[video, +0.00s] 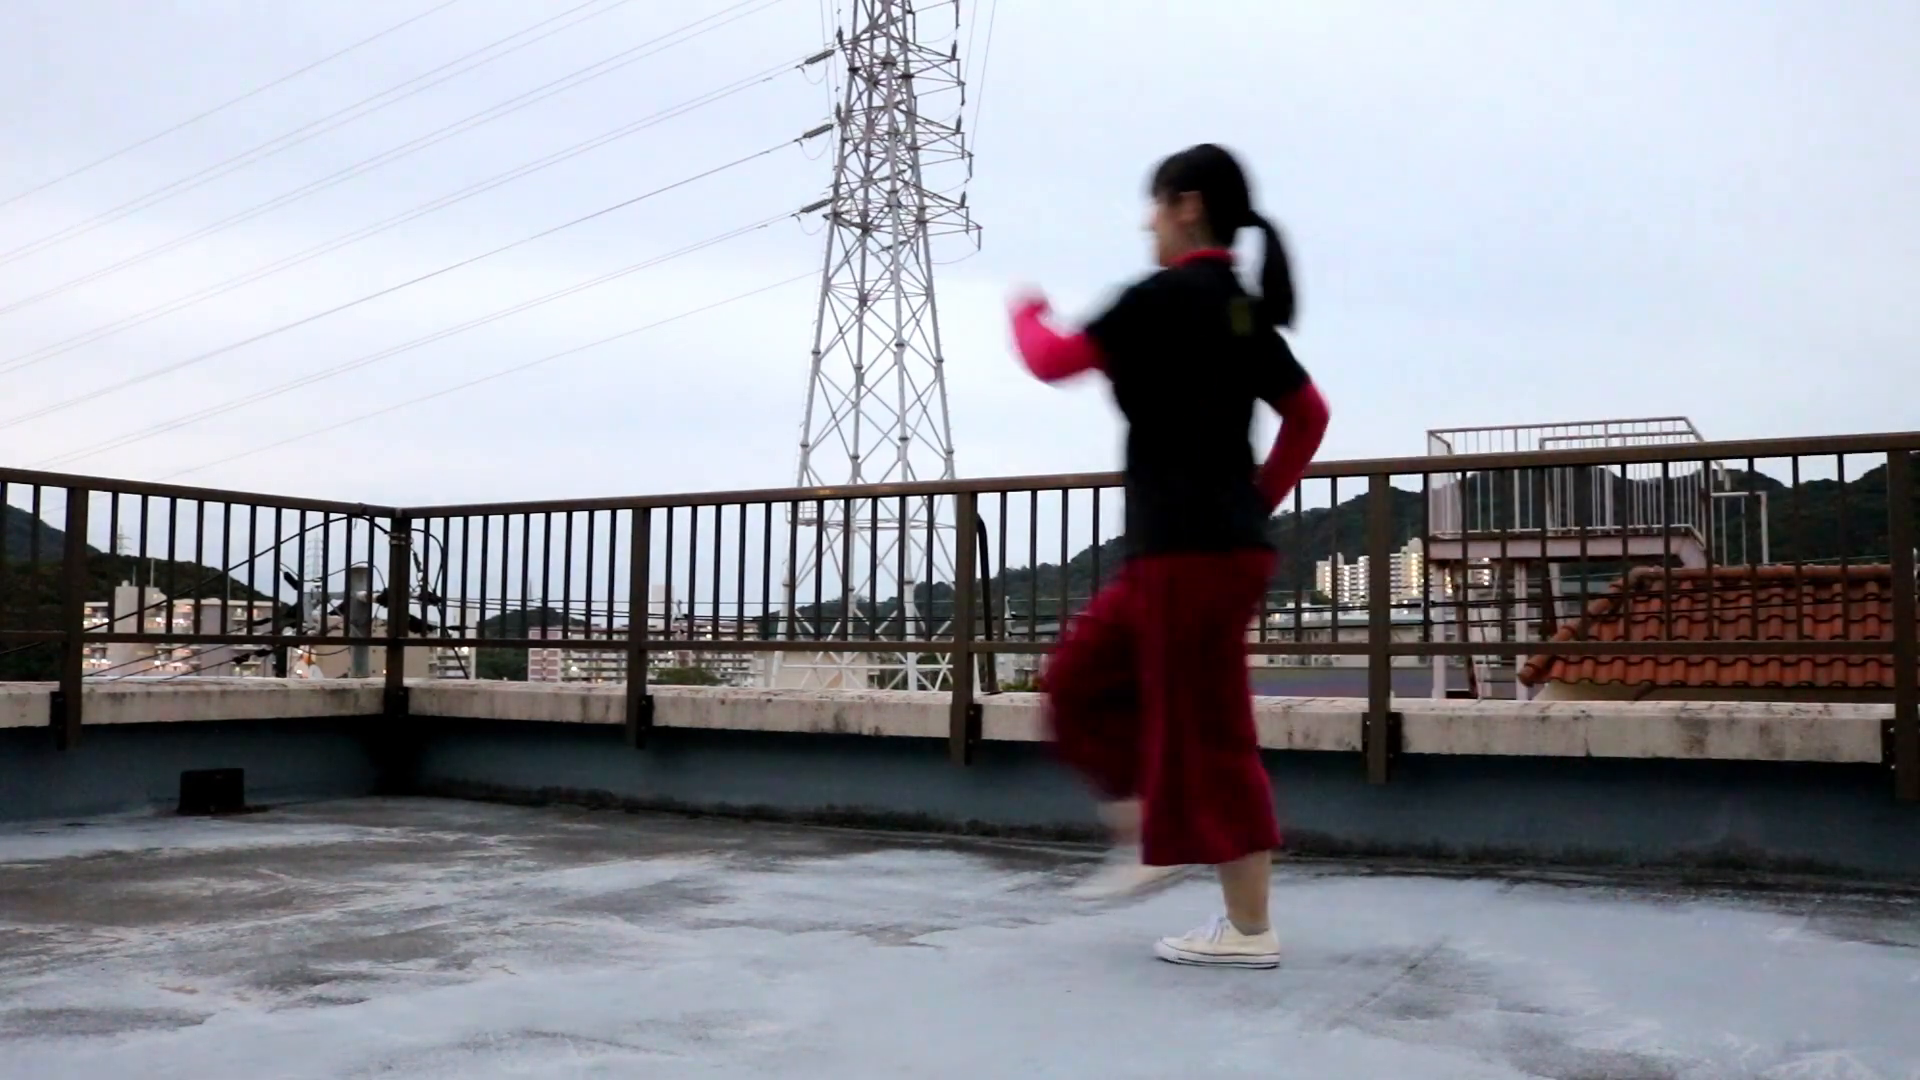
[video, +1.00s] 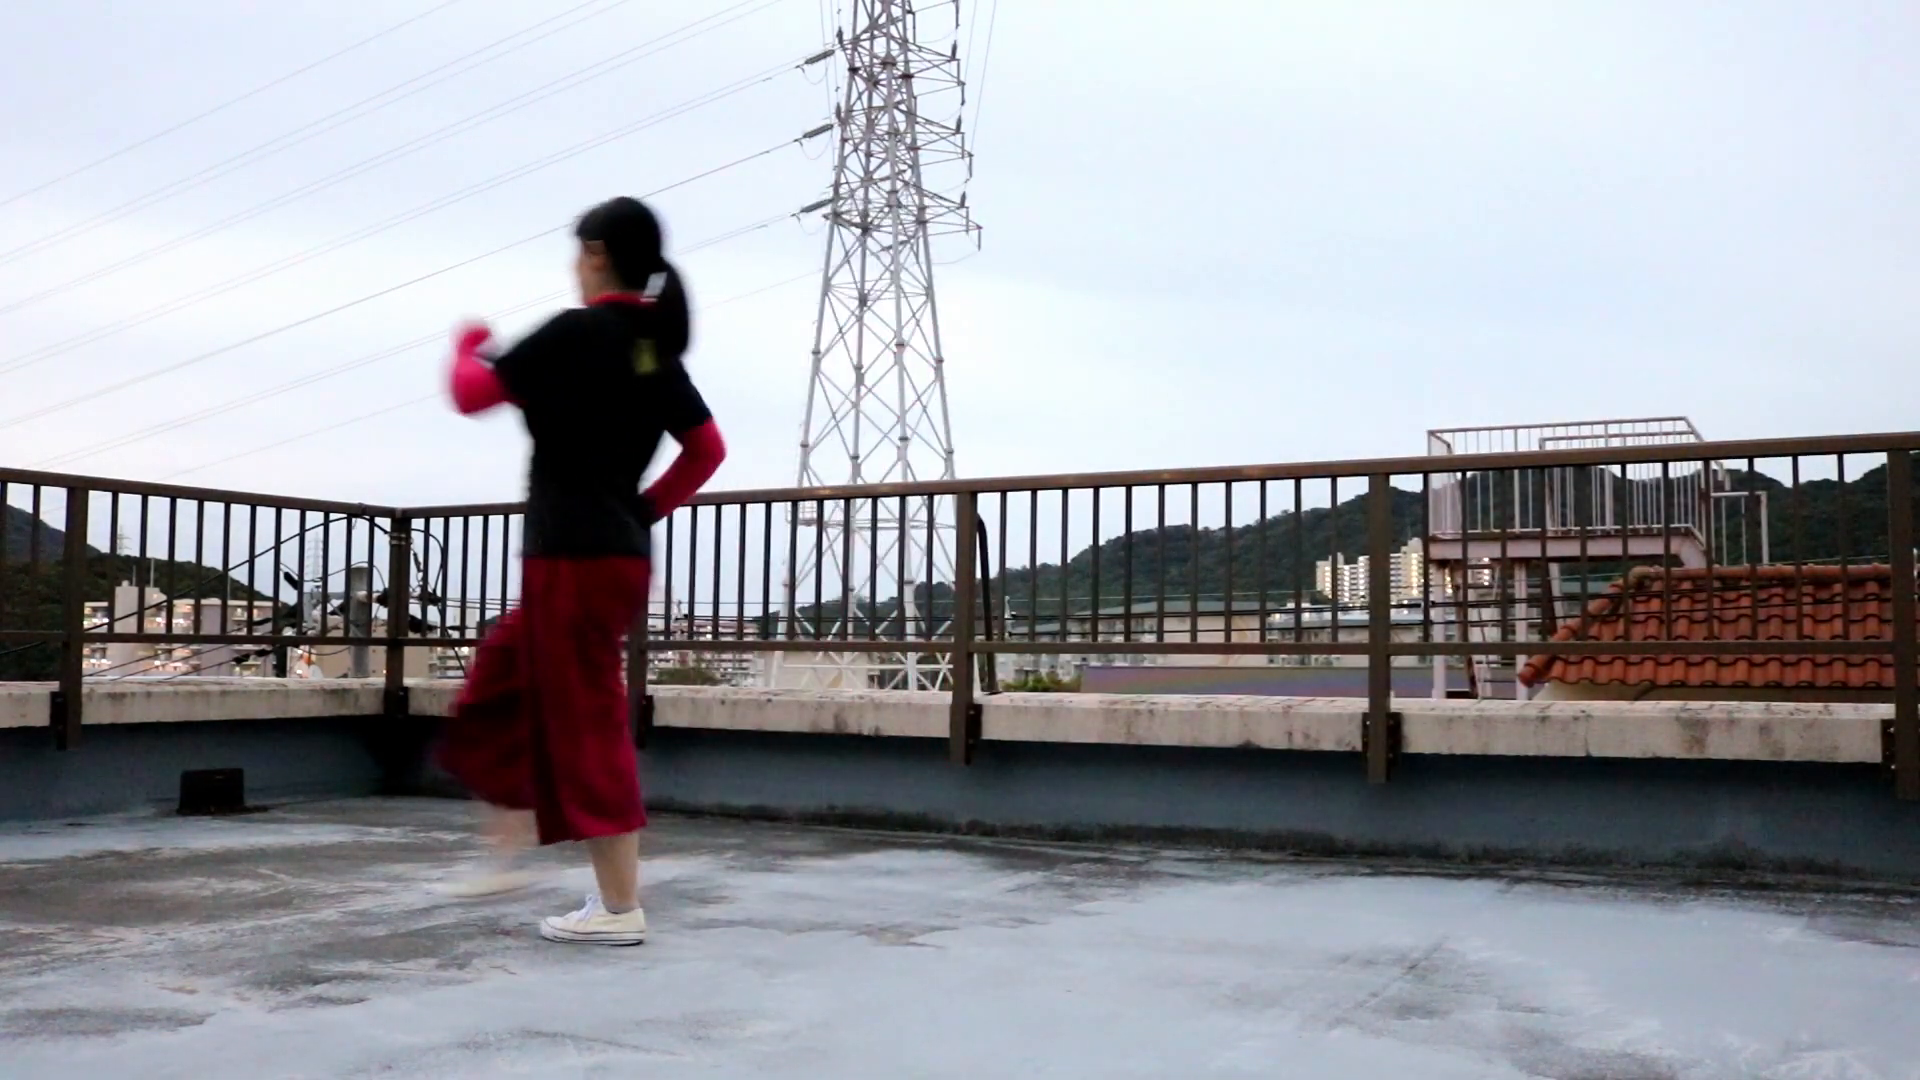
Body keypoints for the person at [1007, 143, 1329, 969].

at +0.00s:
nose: (1148, 220)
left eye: (1156, 205)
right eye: (1152, 205)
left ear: (1187, 210)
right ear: (1215, 216)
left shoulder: (1157, 301)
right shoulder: (1238, 312)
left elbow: (1053, 359)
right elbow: (1308, 414)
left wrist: (1024, 308)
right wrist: (1257, 502)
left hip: (1182, 553)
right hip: (1231, 548)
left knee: (1210, 725)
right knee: (1076, 680)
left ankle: (1249, 926)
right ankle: (1143, 833)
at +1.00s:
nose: (574, 261)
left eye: (580, 250)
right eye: (578, 249)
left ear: (597, 258)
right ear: (641, 264)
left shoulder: (572, 333)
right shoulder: (654, 348)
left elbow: (471, 394)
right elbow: (706, 449)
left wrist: (469, 342)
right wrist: (647, 506)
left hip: (571, 559)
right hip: (621, 561)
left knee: (591, 720)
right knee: (497, 674)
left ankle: (620, 906)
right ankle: (508, 844)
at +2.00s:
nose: (172, 291)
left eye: (174, 280)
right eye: (174, 280)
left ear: (190, 284)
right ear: (246, 290)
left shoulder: (156, 351)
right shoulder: (262, 371)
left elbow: (84, 435)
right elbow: (317, 456)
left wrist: (125, 406)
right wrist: (264, 516)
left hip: (148, 561)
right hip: (224, 566)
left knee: (154, 706)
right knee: (126, 691)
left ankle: (194, 872)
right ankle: (100, 843)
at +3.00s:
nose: (307, 265)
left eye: (313, 254)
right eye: (312, 253)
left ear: (328, 262)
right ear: (385, 268)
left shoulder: (296, 336)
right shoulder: (406, 358)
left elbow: (239, 421)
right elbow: (446, 470)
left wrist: (205, 477)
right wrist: (404, 529)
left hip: (299, 568)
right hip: (381, 569)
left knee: (263, 728)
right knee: (334, 725)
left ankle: (276, 909)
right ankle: (424, 761)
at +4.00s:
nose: (889, 175)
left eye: (899, 161)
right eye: (895, 160)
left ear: (932, 169)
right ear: (962, 179)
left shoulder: (926, 249)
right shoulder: (998, 271)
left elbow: (975, 311)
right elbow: (1074, 394)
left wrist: (966, 462)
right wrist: (1042, 490)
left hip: (958, 531)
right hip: (1036, 531)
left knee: (884, 705)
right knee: (1034, 737)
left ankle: (909, 960)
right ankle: (1194, 890)